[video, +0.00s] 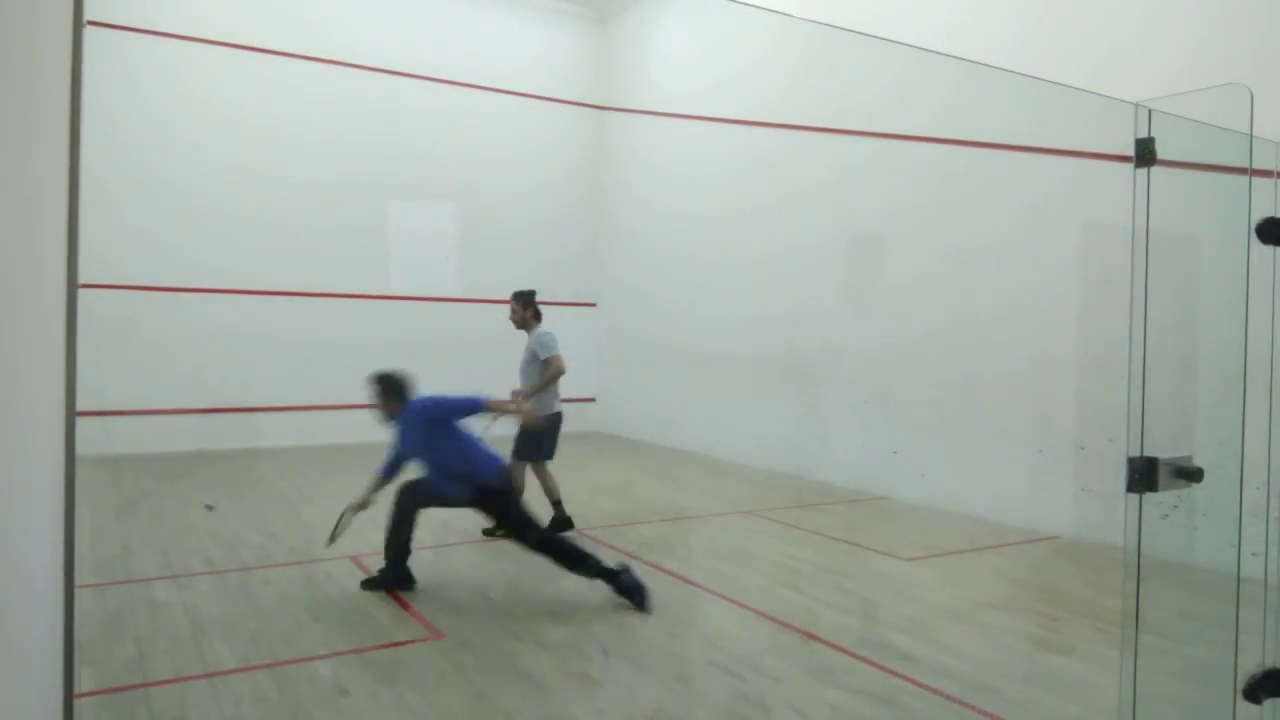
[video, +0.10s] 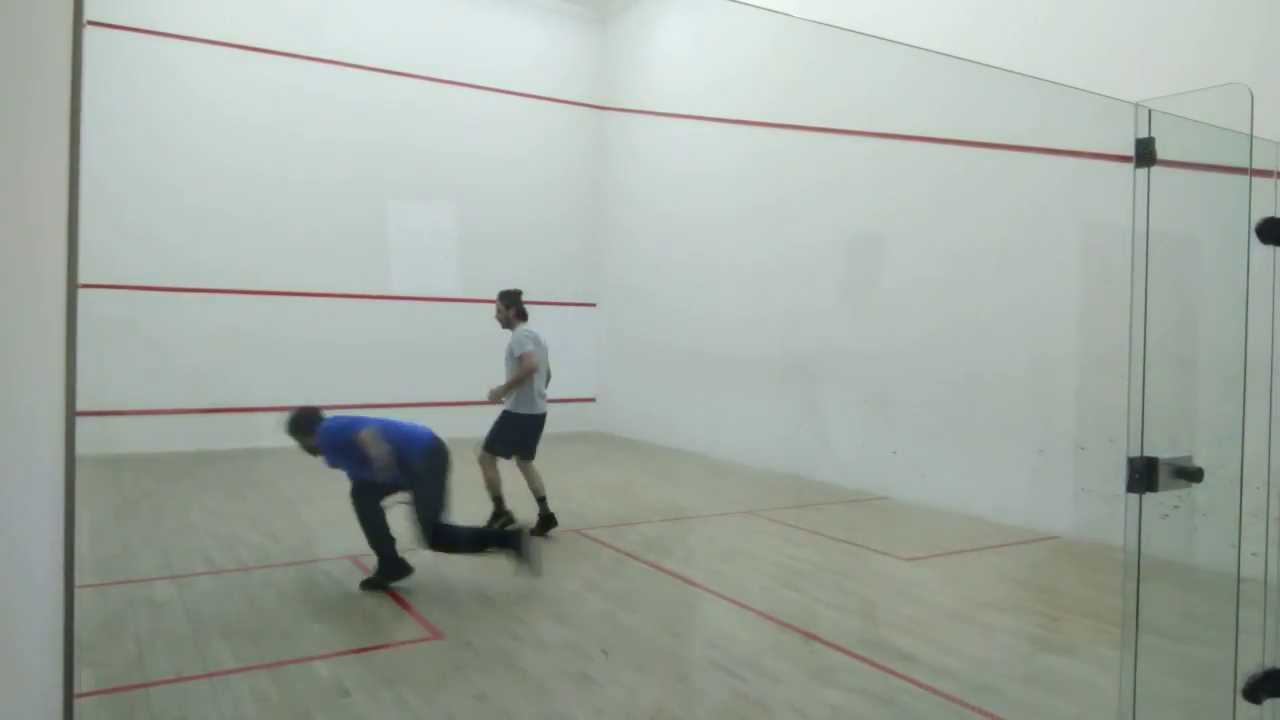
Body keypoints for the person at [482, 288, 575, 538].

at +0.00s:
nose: (511, 317)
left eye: (514, 312)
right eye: (511, 312)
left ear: (530, 312)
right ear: (528, 313)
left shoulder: (542, 337)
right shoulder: (535, 339)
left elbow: (557, 367)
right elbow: (544, 374)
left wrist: (528, 392)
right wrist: (522, 396)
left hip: (540, 414)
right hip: (541, 413)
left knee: (517, 463)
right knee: (538, 463)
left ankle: (508, 520)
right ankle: (560, 515)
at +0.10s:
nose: (496, 316)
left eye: (498, 311)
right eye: (496, 311)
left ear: (512, 311)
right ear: (516, 312)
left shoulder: (520, 336)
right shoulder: (536, 338)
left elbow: (530, 365)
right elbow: (546, 375)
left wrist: (502, 390)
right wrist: (519, 393)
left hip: (517, 413)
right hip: (535, 413)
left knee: (486, 457)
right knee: (524, 460)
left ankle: (500, 511)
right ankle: (545, 513)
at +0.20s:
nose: (492, 324)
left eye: (494, 320)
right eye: (493, 320)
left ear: (500, 322)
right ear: (516, 321)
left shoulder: (500, 345)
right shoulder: (532, 348)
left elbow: (502, 377)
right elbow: (545, 386)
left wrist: (487, 404)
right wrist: (540, 412)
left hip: (505, 420)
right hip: (532, 420)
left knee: (480, 467)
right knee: (521, 464)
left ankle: (476, 525)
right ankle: (540, 508)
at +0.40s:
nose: (512, 318)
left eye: (511, 315)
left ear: (512, 317)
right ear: (532, 318)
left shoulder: (502, 342)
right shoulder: (543, 344)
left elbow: (486, 374)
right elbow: (553, 378)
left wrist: (489, 399)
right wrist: (555, 407)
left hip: (505, 414)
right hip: (535, 414)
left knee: (489, 459)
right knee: (535, 461)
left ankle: (491, 510)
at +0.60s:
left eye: (528, 326)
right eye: (541, 328)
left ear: (525, 329)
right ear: (542, 332)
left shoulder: (511, 349)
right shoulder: (544, 355)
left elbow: (488, 371)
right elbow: (556, 386)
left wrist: (486, 389)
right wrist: (576, 404)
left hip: (506, 409)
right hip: (532, 411)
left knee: (501, 450)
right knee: (534, 448)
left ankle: (508, 494)